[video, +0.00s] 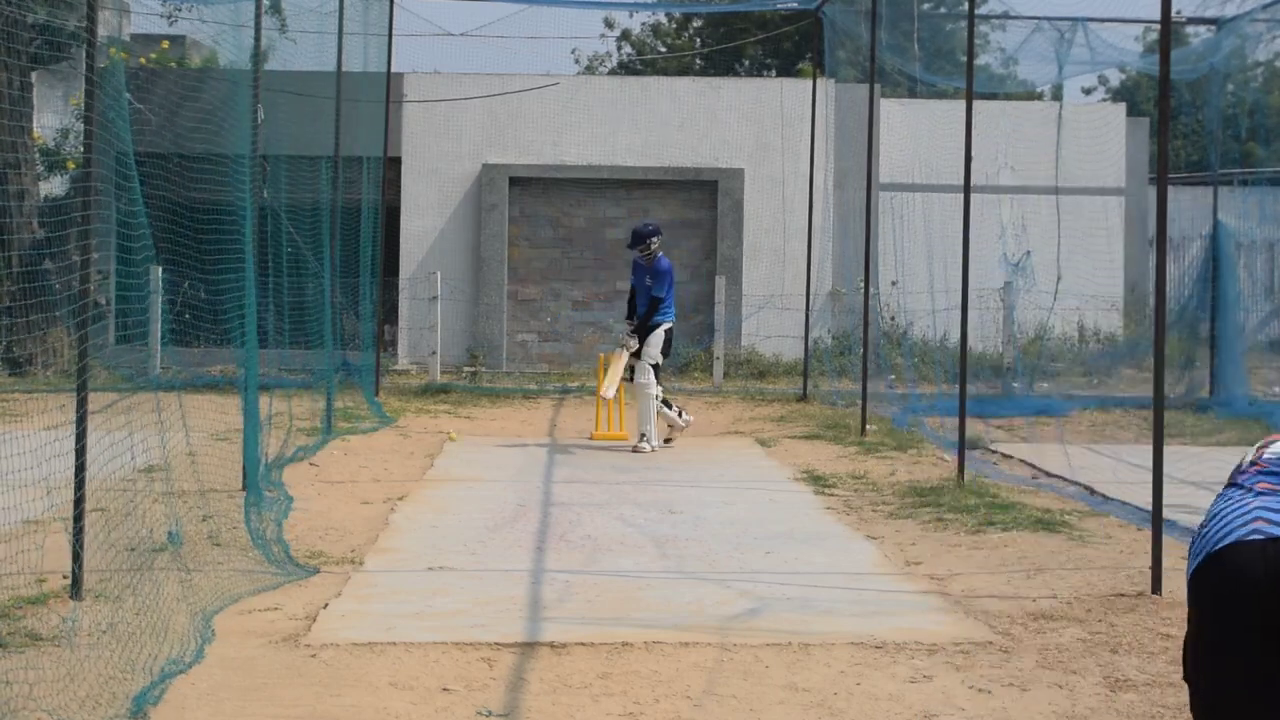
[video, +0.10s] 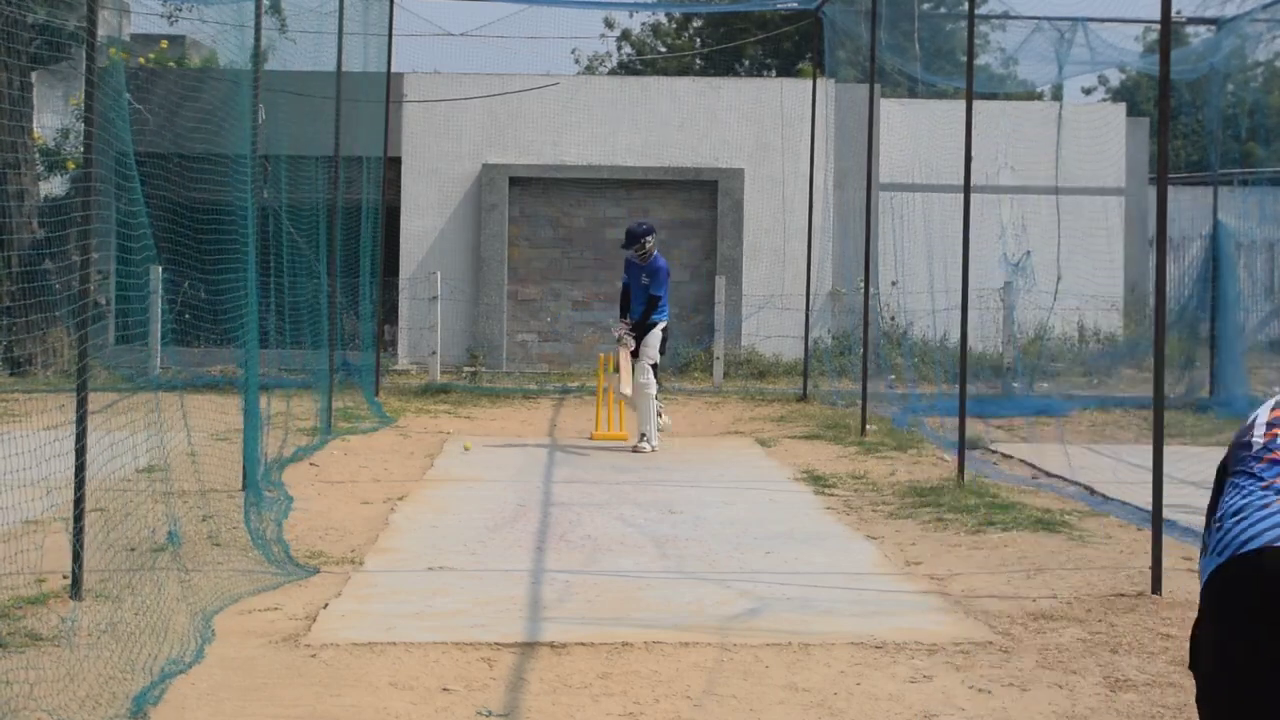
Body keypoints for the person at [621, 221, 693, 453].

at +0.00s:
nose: (640, 251)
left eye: (643, 246)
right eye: (638, 247)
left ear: (655, 243)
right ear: (638, 246)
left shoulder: (662, 267)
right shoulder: (638, 262)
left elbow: (655, 305)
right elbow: (633, 293)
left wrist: (636, 334)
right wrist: (631, 321)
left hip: (660, 327)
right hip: (642, 326)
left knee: (646, 376)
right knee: (636, 379)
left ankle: (648, 438)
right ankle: (676, 418)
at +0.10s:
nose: (634, 251)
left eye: (637, 247)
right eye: (632, 247)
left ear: (649, 243)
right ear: (631, 246)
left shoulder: (659, 267)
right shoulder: (631, 262)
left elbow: (653, 305)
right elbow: (626, 290)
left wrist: (634, 331)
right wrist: (623, 319)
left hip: (654, 324)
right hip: (634, 323)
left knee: (644, 376)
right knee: (630, 382)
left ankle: (648, 437)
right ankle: (655, 413)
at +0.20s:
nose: (625, 255)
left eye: (629, 250)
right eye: (622, 251)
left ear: (641, 244)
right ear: (618, 248)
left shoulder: (651, 267)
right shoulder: (619, 261)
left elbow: (645, 307)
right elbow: (613, 290)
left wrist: (628, 337)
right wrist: (612, 319)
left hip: (645, 326)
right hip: (623, 325)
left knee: (642, 376)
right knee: (601, 373)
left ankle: (647, 437)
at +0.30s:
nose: (617, 259)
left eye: (620, 254)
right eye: (614, 255)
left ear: (632, 248)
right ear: (611, 251)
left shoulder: (645, 267)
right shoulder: (610, 262)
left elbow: (641, 308)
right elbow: (603, 292)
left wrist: (626, 337)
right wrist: (601, 323)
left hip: (638, 328)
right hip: (612, 326)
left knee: (637, 378)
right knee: (593, 374)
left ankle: (646, 438)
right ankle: (581, 434)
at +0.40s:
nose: (605, 265)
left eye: (608, 261)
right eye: (601, 262)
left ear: (619, 252)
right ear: (595, 255)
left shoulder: (632, 270)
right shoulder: (592, 268)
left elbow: (637, 304)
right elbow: (584, 299)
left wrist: (626, 332)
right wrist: (581, 330)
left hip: (624, 330)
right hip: (597, 329)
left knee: (629, 381)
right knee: (580, 382)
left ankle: (645, 437)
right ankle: (564, 433)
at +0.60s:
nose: (588, 272)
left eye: (592, 268)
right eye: (585, 268)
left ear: (601, 259)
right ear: (578, 259)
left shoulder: (611, 268)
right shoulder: (569, 272)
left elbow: (621, 295)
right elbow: (561, 307)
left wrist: (635, 322)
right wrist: (555, 341)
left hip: (603, 330)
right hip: (575, 330)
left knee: (619, 381)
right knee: (572, 383)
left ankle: (623, 434)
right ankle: (566, 434)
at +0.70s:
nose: (587, 271)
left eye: (591, 267)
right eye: (584, 268)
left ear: (598, 258)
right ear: (577, 258)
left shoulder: (606, 267)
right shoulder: (566, 270)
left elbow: (612, 290)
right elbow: (558, 306)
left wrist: (629, 317)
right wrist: (551, 338)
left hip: (596, 328)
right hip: (569, 328)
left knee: (608, 378)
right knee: (568, 380)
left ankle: (602, 433)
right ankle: (563, 434)